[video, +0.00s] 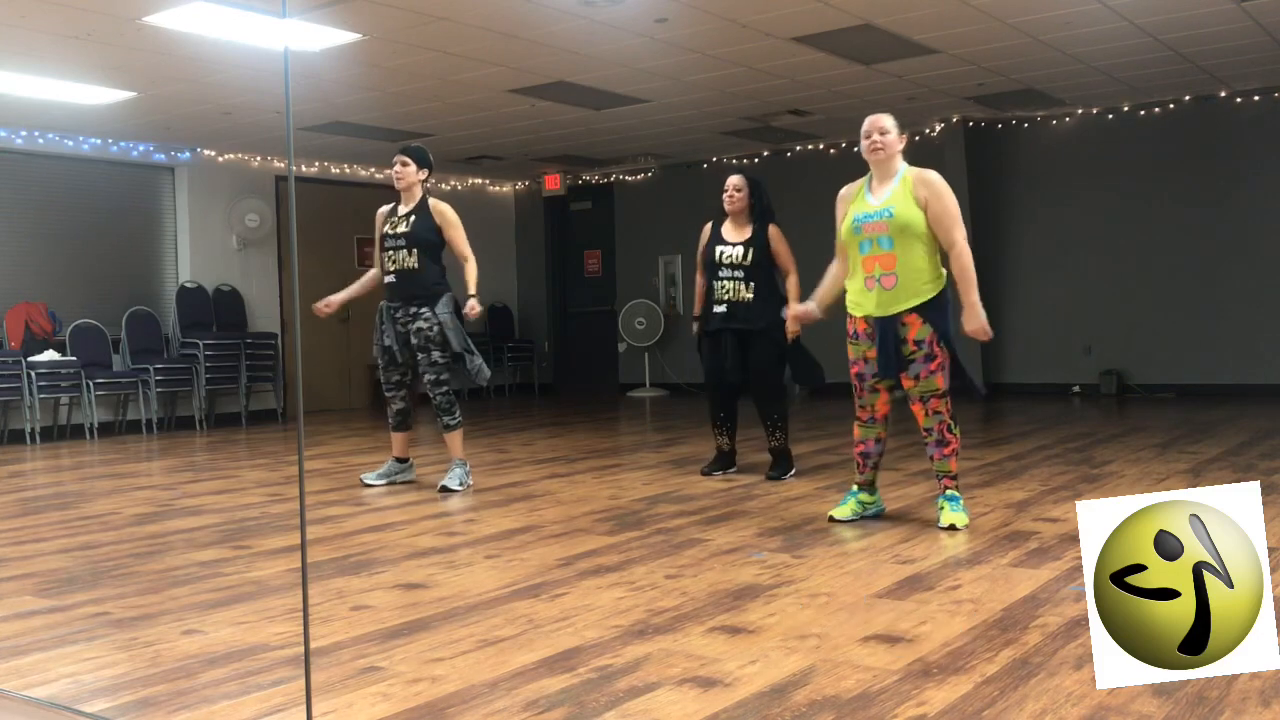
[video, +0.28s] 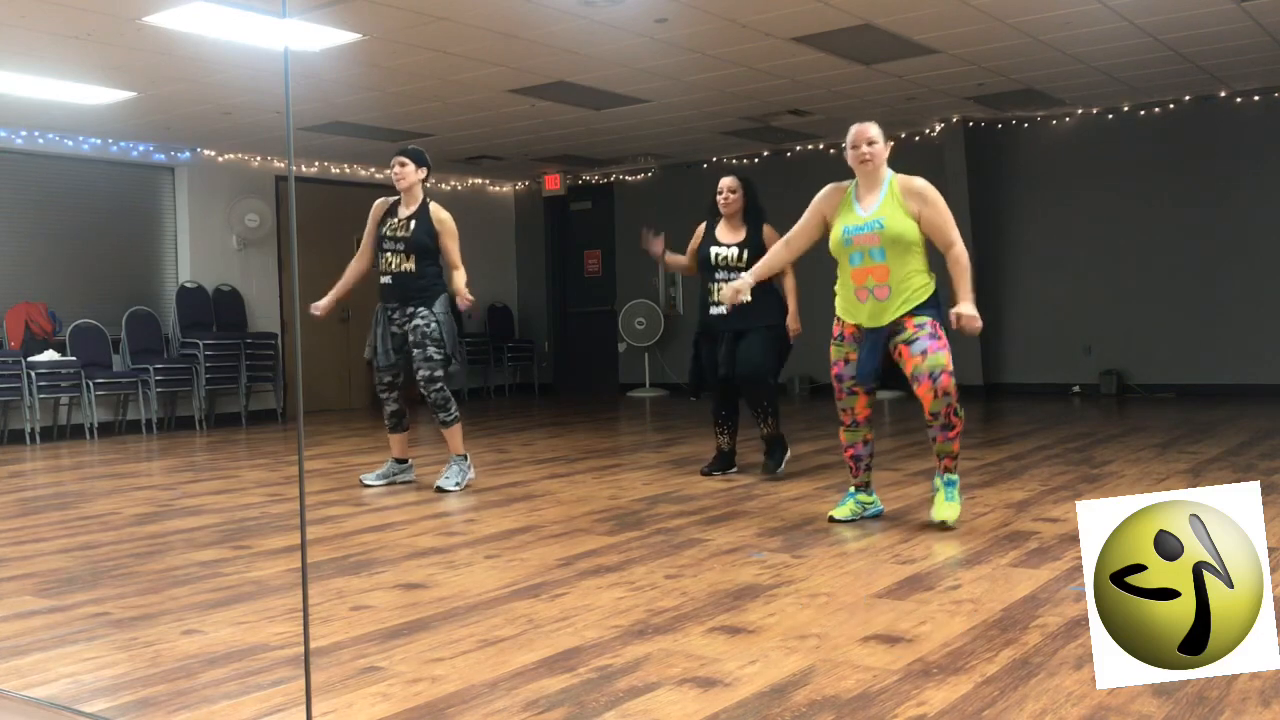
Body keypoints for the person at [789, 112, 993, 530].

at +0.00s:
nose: (875, 139)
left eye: (883, 132)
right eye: (868, 135)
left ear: (902, 141)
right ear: (860, 147)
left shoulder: (926, 183)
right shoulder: (848, 196)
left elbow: (956, 245)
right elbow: (842, 261)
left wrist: (972, 306)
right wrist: (815, 304)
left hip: (918, 313)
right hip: (864, 318)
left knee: (932, 405)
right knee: (868, 406)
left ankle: (949, 494)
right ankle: (865, 493)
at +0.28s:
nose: (864, 150)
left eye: (872, 143)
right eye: (856, 146)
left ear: (888, 149)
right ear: (846, 156)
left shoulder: (914, 190)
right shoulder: (832, 198)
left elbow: (954, 247)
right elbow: (789, 246)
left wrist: (965, 300)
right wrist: (749, 277)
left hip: (910, 313)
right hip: (852, 320)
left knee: (940, 386)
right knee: (851, 408)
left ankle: (947, 479)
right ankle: (862, 493)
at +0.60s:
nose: (884, 142)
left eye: (892, 134)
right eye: (879, 138)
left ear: (917, 138)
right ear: (875, 148)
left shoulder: (937, 189)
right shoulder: (868, 184)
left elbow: (952, 255)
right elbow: (859, 246)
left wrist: (925, 251)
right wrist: (855, 303)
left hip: (925, 313)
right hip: (875, 312)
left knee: (932, 404)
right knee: (840, 383)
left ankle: (942, 495)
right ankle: (857, 479)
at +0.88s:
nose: (895, 137)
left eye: (905, 129)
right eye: (891, 133)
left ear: (930, 137)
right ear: (889, 143)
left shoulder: (945, 183)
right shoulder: (888, 181)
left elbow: (954, 247)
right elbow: (891, 241)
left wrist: (922, 225)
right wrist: (883, 289)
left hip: (932, 304)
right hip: (884, 303)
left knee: (936, 401)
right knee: (866, 390)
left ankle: (944, 497)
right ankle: (864, 491)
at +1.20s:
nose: (894, 143)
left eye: (904, 136)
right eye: (889, 139)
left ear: (928, 146)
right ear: (887, 150)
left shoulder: (939, 187)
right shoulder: (880, 188)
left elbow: (948, 239)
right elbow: (873, 250)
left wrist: (950, 294)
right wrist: (866, 304)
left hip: (933, 314)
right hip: (883, 315)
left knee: (938, 405)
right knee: (829, 368)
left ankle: (944, 496)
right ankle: (848, 463)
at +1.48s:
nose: (875, 138)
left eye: (883, 132)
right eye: (867, 134)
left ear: (900, 142)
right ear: (858, 146)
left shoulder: (928, 184)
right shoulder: (842, 198)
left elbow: (963, 242)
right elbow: (832, 260)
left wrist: (979, 298)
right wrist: (803, 282)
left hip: (921, 312)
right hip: (861, 317)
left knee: (930, 405)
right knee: (862, 406)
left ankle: (941, 495)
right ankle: (863, 491)